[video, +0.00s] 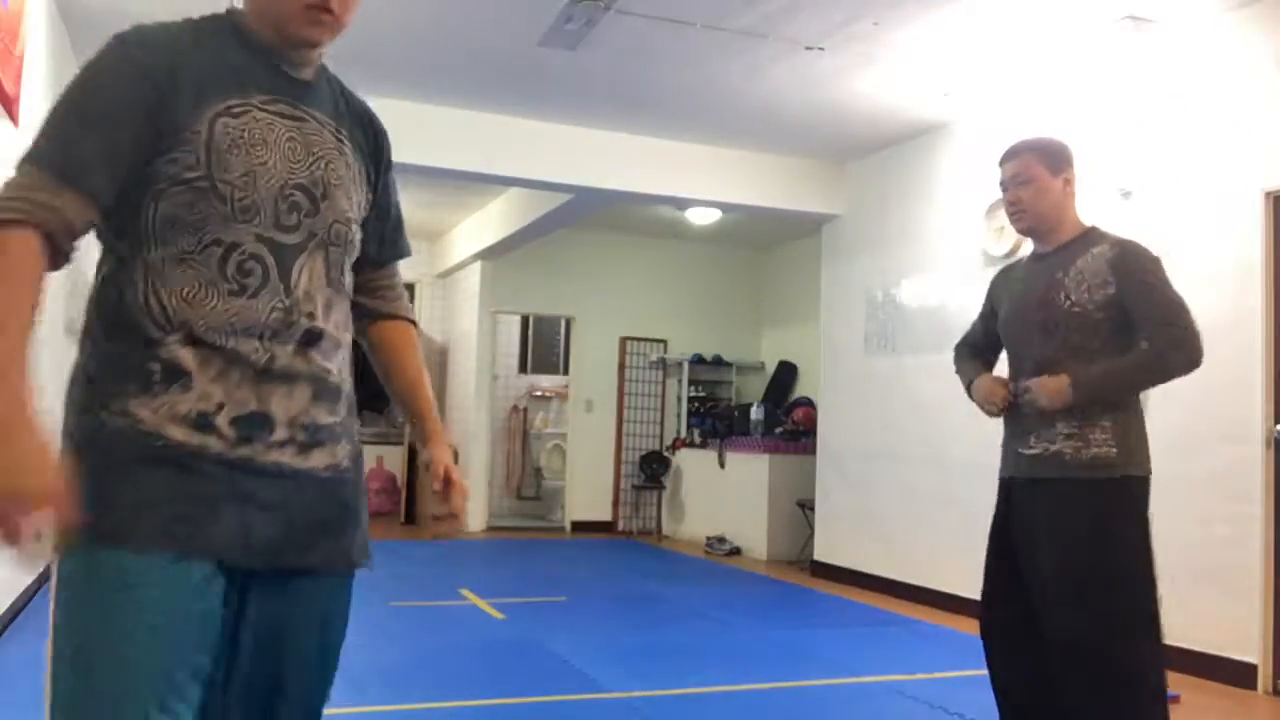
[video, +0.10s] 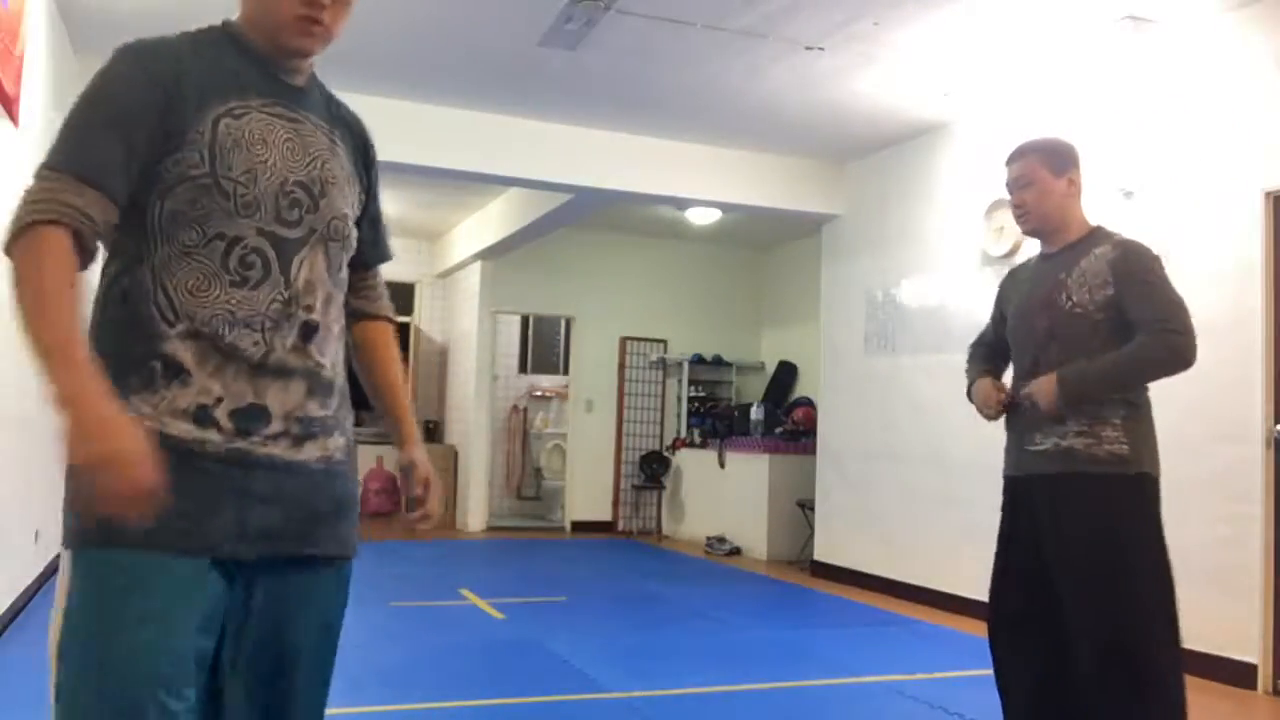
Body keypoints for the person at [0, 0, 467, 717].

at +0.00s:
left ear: (357, 3)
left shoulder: (361, 129)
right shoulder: (152, 63)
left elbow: (382, 298)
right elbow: (23, 226)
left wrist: (431, 429)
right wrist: (14, 427)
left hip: (312, 519)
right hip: (149, 501)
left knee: (279, 713)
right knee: (124, 708)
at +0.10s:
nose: (324, 3)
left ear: (351, 10)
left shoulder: (350, 135)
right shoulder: (156, 72)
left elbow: (366, 302)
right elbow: (45, 233)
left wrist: (410, 438)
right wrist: (91, 410)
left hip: (308, 515)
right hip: (150, 503)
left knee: (282, 711)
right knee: (131, 707)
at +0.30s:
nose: (292, 27)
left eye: (313, 14)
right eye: (273, 4)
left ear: (327, 31)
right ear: (219, 4)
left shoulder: (309, 158)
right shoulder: (150, 104)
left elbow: (312, 327)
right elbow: (85, 270)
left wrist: (338, 456)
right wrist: (202, 405)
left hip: (295, 510)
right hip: (147, 503)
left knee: (287, 710)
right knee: (134, 710)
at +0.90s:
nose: (332, 110)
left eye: (346, 99)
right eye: (313, 90)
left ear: (356, 115)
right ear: (266, 93)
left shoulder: (336, 217)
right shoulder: (232, 190)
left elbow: (355, 342)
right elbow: (194, 328)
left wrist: (417, 429)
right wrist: (310, 423)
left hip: (338, 496)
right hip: (246, 498)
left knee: (344, 686)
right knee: (214, 697)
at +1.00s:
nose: (353, 118)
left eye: (367, 107)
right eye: (336, 98)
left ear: (376, 122)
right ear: (290, 101)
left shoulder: (352, 219)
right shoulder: (257, 192)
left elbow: (376, 339)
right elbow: (238, 323)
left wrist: (464, 386)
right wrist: (368, 383)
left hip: (353, 478)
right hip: (265, 477)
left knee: (357, 672)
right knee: (220, 678)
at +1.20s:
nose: (362, 126)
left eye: (374, 116)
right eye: (345, 108)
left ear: (381, 129)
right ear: (298, 106)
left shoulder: (357, 223)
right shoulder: (269, 193)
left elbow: (429, 311)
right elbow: (316, 306)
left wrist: (510, 275)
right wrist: (435, 275)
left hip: (356, 463)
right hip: (273, 461)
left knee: (361, 650)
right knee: (242, 645)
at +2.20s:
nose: (420, 153)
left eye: (422, 140)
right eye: (411, 136)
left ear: (375, 136)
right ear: (366, 129)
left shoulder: (385, 230)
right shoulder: (322, 208)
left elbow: (450, 314)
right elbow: (385, 306)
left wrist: (523, 262)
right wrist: (463, 260)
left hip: (400, 445)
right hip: (333, 444)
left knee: (410, 622)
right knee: (338, 619)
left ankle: (397, 717)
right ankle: (279, 713)